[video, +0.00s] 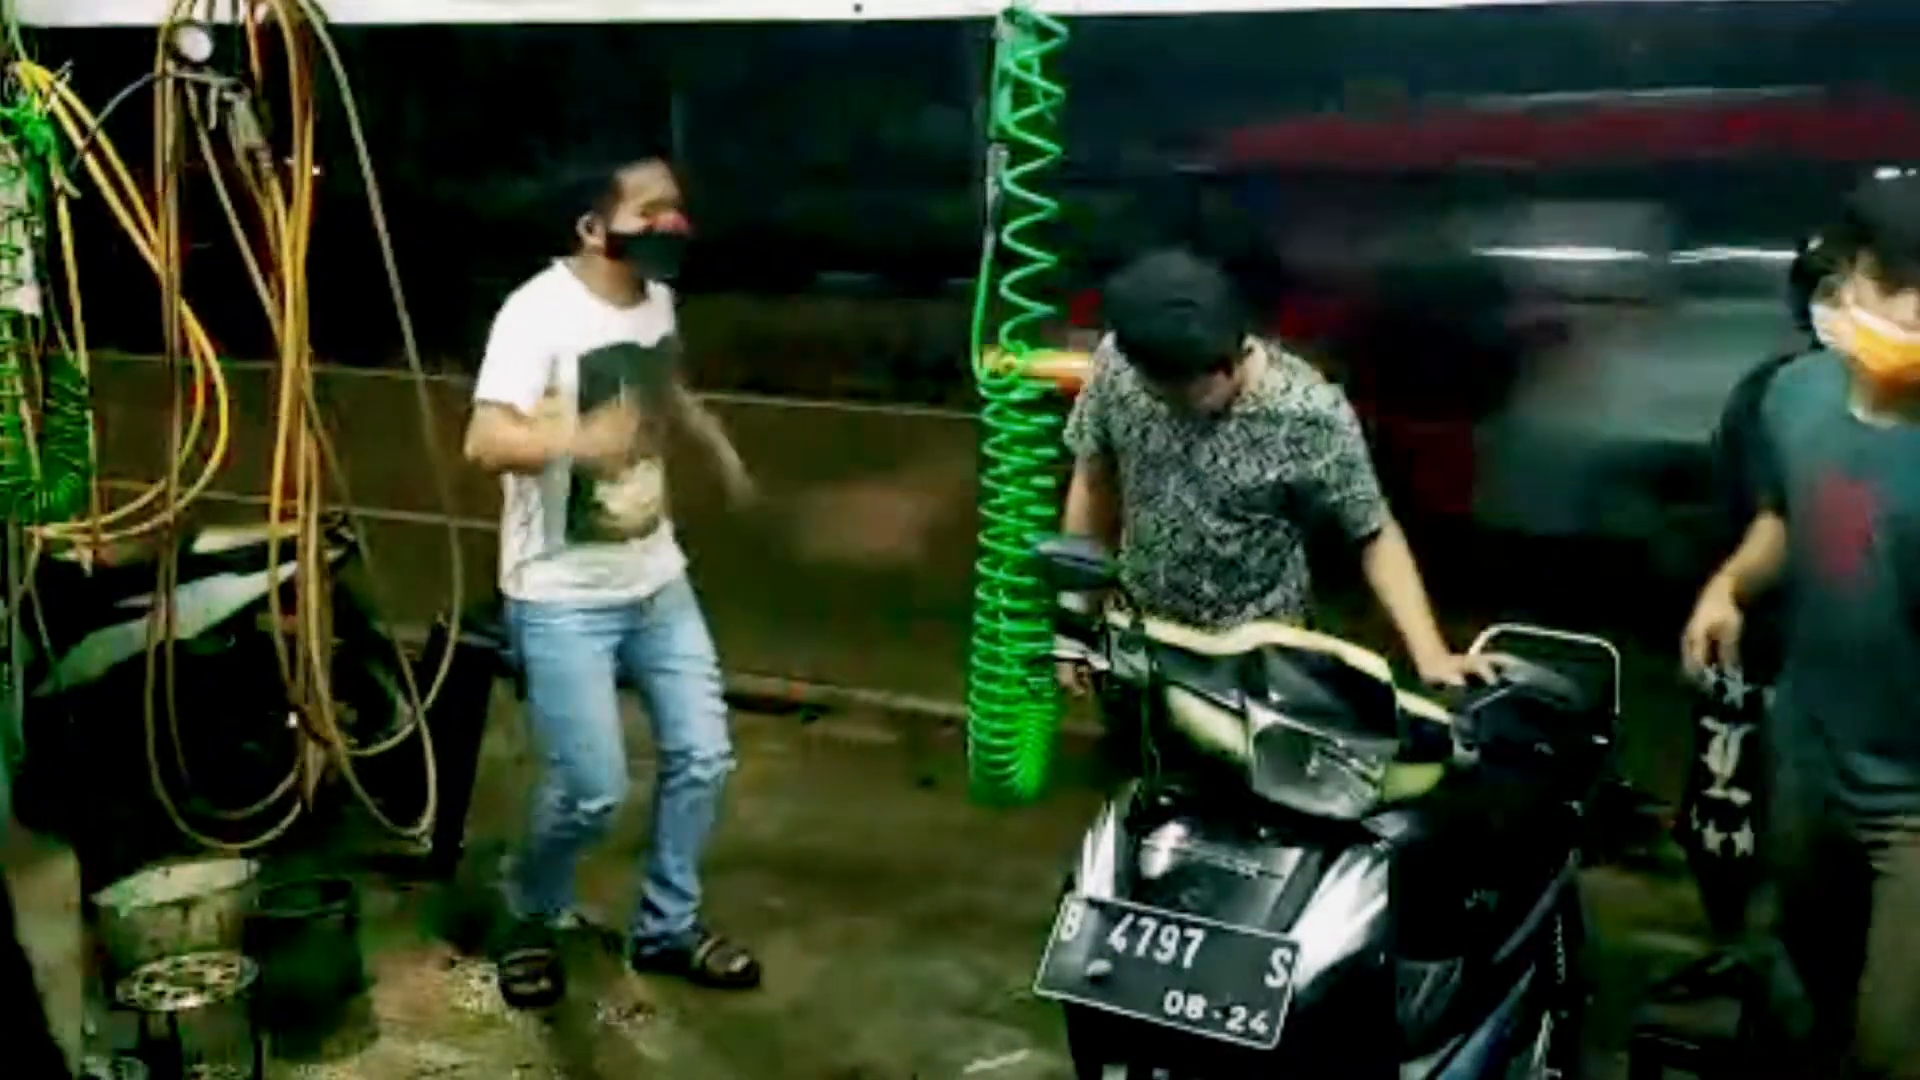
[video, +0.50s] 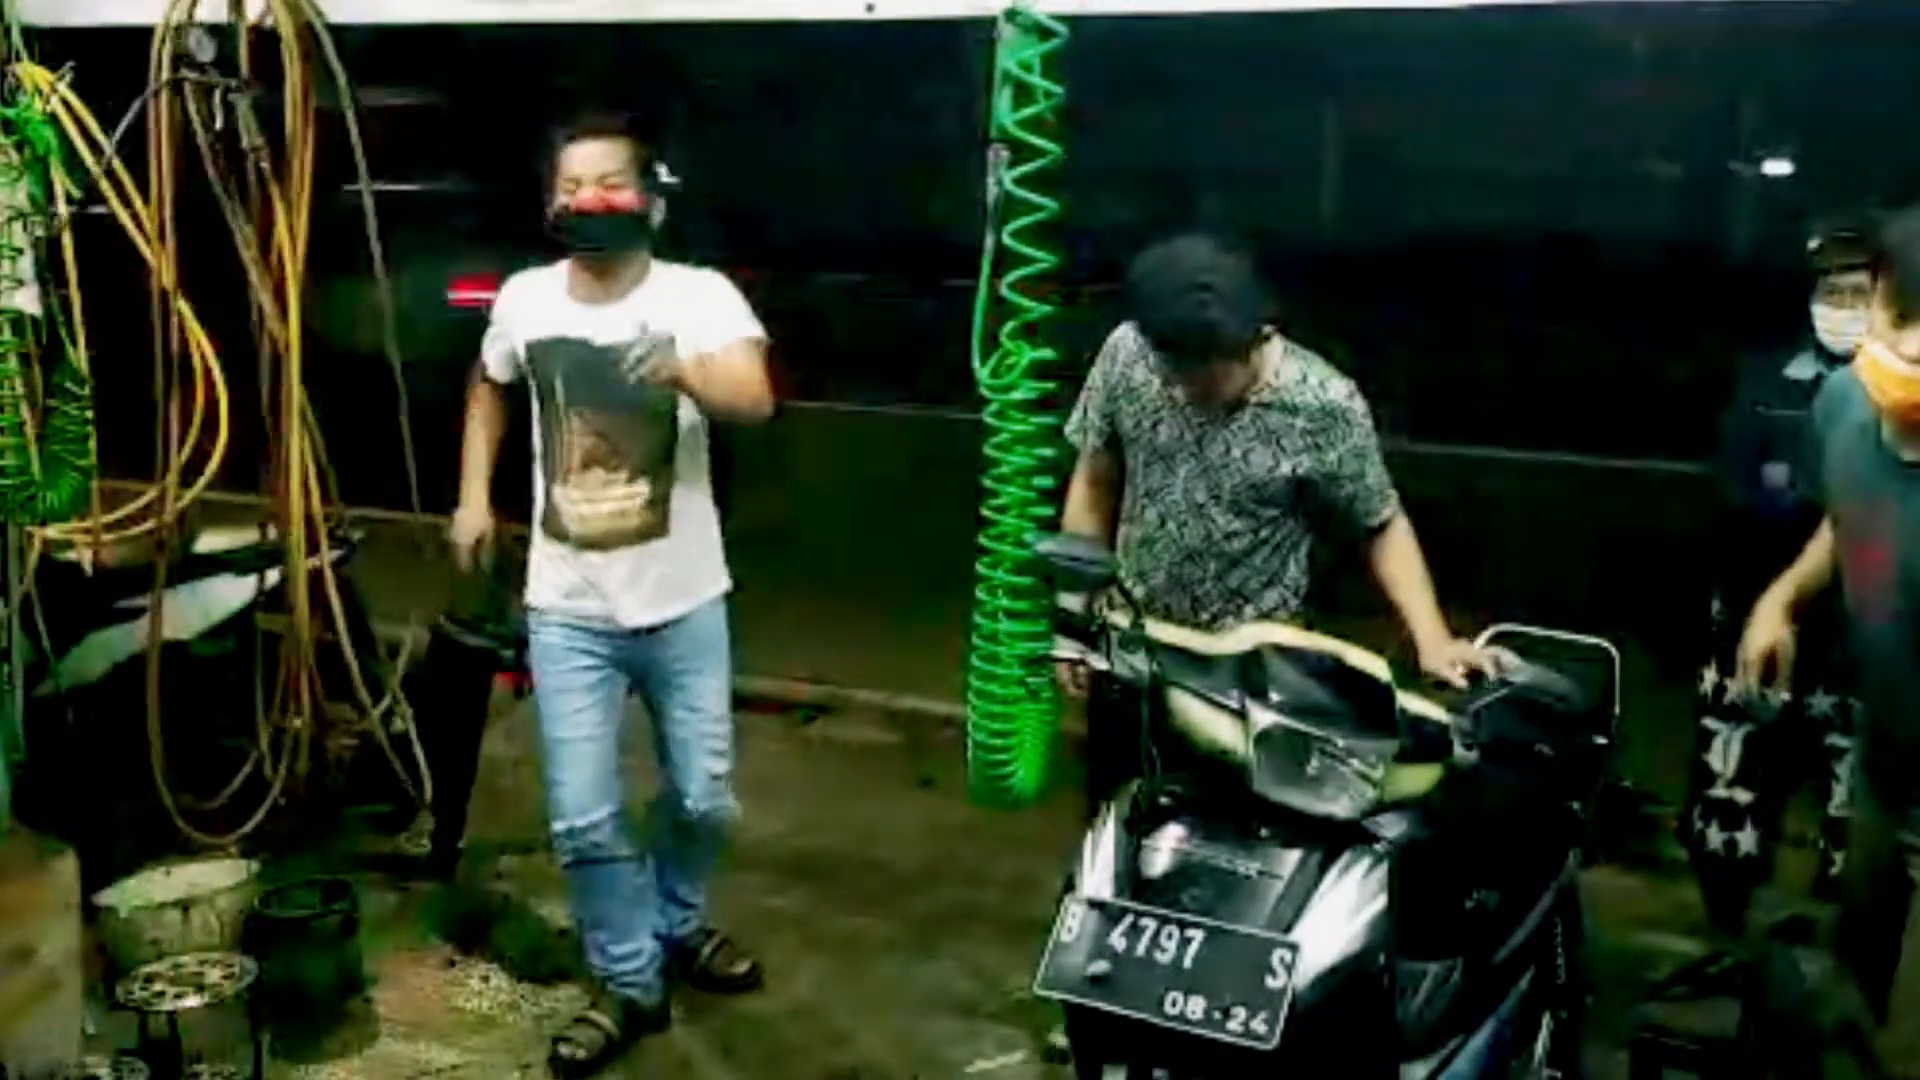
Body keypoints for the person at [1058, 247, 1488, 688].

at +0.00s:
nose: (1188, 404)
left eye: (1199, 388)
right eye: (1169, 392)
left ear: (1234, 354)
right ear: (1143, 369)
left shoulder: (1310, 412)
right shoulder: (1118, 365)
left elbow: (1376, 536)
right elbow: (1092, 483)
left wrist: (1431, 657)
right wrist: (1074, 618)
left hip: (1257, 653)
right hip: (1141, 636)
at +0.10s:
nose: (1188, 404)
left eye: (1199, 389)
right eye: (1172, 391)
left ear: (1236, 358)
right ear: (1147, 367)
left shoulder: (1314, 414)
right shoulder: (1121, 364)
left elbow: (1379, 536)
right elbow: (1094, 486)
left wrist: (1431, 656)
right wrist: (1076, 621)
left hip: (1254, 658)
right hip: (1139, 641)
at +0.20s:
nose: (1187, 400)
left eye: (1200, 385)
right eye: (1171, 386)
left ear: (1240, 355)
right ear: (1148, 363)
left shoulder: (1320, 412)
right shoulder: (1123, 365)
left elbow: (1382, 536)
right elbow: (1096, 487)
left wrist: (1431, 656)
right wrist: (1076, 626)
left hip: (1255, 661)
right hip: (1139, 644)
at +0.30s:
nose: (1191, 397)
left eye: (1206, 380)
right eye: (1175, 383)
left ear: (1244, 348)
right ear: (1151, 361)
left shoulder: (1322, 411)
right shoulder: (1125, 362)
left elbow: (1383, 535)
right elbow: (1095, 487)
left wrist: (1431, 657)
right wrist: (1075, 625)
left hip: (1253, 660)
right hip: (1136, 644)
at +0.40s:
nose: (1196, 387)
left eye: (1210, 371)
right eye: (1181, 371)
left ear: (1248, 345)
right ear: (1157, 352)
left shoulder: (1323, 408)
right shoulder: (1128, 358)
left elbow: (1382, 528)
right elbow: (1095, 482)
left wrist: (1433, 653)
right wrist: (1074, 616)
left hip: (1250, 669)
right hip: (1133, 654)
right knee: (1115, 856)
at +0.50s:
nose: (1194, 385)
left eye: (1211, 368)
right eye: (1179, 368)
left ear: (1253, 341)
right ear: (1156, 346)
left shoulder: (1325, 406)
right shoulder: (1129, 357)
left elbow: (1383, 525)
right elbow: (1094, 482)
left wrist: (1435, 644)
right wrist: (1073, 614)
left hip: (1249, 669)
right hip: (1132, 653)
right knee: (1113, 858)